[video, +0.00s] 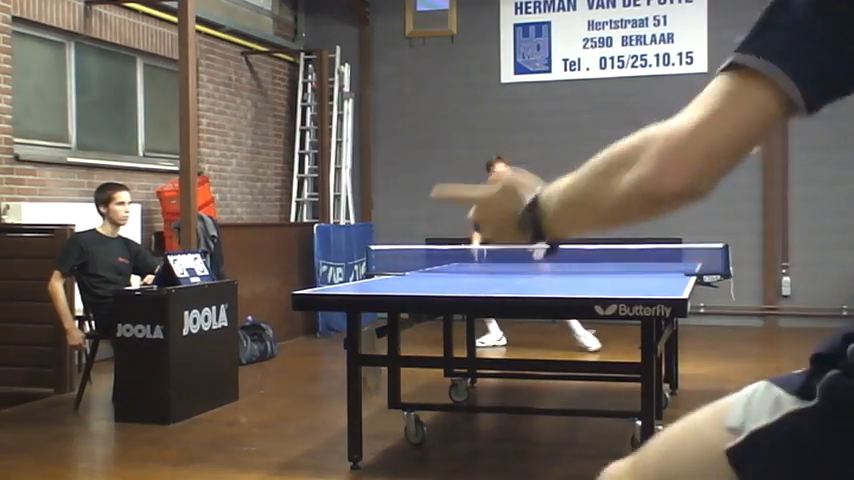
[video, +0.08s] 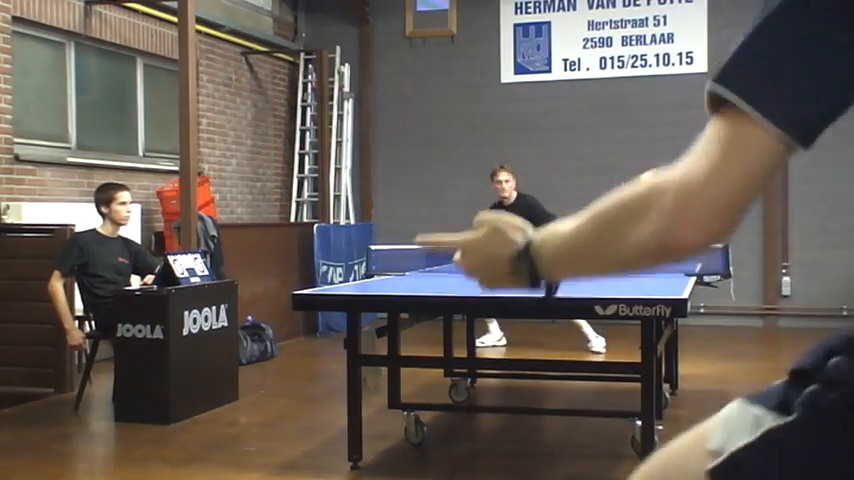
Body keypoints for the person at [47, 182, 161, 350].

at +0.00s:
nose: (127, 210)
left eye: (128, 204)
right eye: (120, 204)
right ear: (103, 208)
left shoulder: (129, 246)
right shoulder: (80, 242)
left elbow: (163, 269)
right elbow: (55, 283)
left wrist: (155, 277)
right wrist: (71, 330)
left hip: (135, 314)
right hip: (107, 319)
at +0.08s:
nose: (129, 209)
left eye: (129, 204)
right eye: (122, 204)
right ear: (104, 208)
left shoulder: (129, 246)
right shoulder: (80, 242)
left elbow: (163, 269)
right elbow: (55, 283)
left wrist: (155, 277)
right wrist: (71, 330)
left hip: (135, 315)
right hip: (106, 319)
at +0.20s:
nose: (131, 209)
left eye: (131, 204)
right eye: (125, 204)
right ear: (107, 209)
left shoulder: (129, 246)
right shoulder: (80, 242)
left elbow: (163, 269)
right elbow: (55, 283)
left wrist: (155, 277)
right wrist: (71, 330)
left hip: (136, 315)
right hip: (107, 320)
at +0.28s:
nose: (133, 209)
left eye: (132, 204)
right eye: (127, 204)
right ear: (109, 209)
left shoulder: (129, 247)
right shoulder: (80, 242)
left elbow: (164, 270)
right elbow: (55, 283)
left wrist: (156, 277)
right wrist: (71, 329)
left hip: (135, 316)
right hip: (106, 320)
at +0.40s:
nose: (135, 209)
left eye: (134, 203)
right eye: (129, 203)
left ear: (114, 209)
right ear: (112, 209)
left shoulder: (129, 247)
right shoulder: (80, 242)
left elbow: (164, 269)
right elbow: (55, 283)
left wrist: (155, 277)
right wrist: (71, 329)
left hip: (135, 316)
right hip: (107, 320)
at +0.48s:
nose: (136, 209)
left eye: (134, 203)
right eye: (131, 203)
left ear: (116, 209)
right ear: (115, 209)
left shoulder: (129, 247)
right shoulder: (81, 242)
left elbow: (163, 269)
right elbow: (55, 283)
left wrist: (155, 277)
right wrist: (71, 329)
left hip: (135, 317)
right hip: (107, 321)